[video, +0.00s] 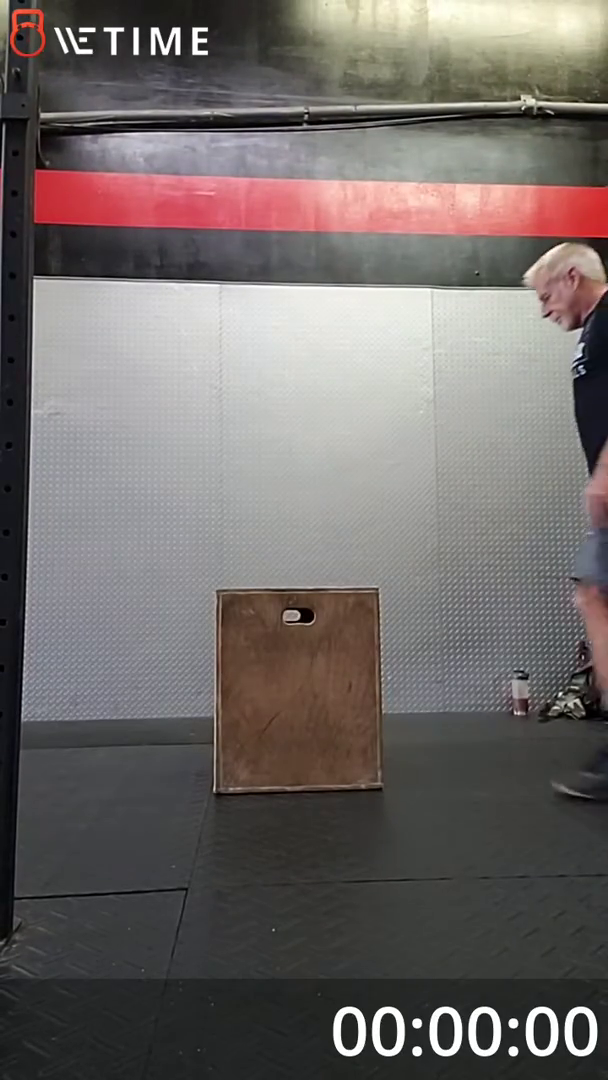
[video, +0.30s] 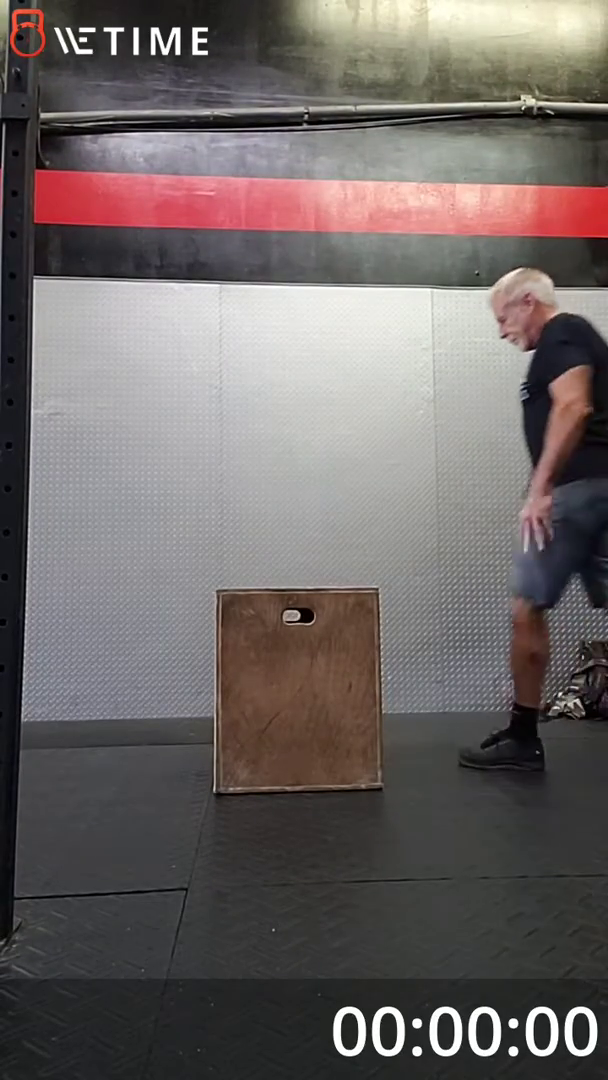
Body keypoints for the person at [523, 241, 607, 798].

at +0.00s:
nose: (545, 311)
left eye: (547, 299)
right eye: (542, 302)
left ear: (574, 281)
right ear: (572, 284)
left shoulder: (600, 328)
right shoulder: (591, 332)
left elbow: (599, 413)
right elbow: (597, 412)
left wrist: (599, 474)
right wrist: (595, 476)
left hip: (602, 483)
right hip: (600, 482)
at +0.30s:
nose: (503, 331)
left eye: (505, 319)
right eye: (500, 323)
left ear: (531, 304)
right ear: (532, 307)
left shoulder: (561, 334)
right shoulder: (575, 334)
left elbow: (572, 406)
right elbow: (578, 410)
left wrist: (541, 487)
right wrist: (546, 487)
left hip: (577, 490)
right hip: (592, 488)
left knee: (526, 607)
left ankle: (523, 735)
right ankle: (521, 733)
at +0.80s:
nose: (405, 359)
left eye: (405, 348)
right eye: (401, 352)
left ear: (425, 333)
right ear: (428, 334)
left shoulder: (454, 359)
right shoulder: (477, 360)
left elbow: (459, 428)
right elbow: (499, 441)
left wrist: (415, 496)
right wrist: (507, 508)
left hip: (477, 496)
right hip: (494, 494)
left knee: (480, 610)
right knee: (475, 610)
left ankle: (520, 737)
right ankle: (492, 714)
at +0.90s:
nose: (390, 370)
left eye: (390, 360)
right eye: (386, 363)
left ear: (409, 344)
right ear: (411, 346)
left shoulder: (439, 368)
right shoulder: (462, 371)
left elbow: (442, 434)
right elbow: (485, 450)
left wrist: (399, 498)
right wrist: (488, 515)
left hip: (461, 501)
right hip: (476, 500)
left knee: (473, 610)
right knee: (454, 612)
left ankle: (520, 736)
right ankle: (444, 709)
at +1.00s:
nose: (377, 377)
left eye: (377, 366)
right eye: (373, 369)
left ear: (397, 353)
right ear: (400, 353)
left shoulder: (425, 378)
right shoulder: (441, 379)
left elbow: (429, 442)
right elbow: (444, 453)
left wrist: (389, 503)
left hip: (446, 508)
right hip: (458, 505)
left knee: (461, 614)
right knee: (437, 613)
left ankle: (517, 734)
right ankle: (433, 718)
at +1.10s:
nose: (362, 380)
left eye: (364, 369)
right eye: (359, 372)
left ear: (385, 357)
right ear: (386, 358)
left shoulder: (411, 383)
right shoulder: (421, 383)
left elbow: (421, 446)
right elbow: (432, 454)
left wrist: (389, 511)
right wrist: (405, 513)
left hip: (431, 509)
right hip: (437, 508)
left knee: (423, 614)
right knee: (425, 614)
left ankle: (499, 713)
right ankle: (433, 718)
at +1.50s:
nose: (306, 386)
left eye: (308, 377)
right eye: (303, 379)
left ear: (332, 367)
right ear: (325, 372)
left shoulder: (358, 393)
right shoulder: (344, 404)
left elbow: (386, 451)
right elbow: (361, 462)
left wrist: (378, 515)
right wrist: (346, 515)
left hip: (357, 524)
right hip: (370, 520)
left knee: (338, 624)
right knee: (399, 617)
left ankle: (336, 725)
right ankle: (429, 712)